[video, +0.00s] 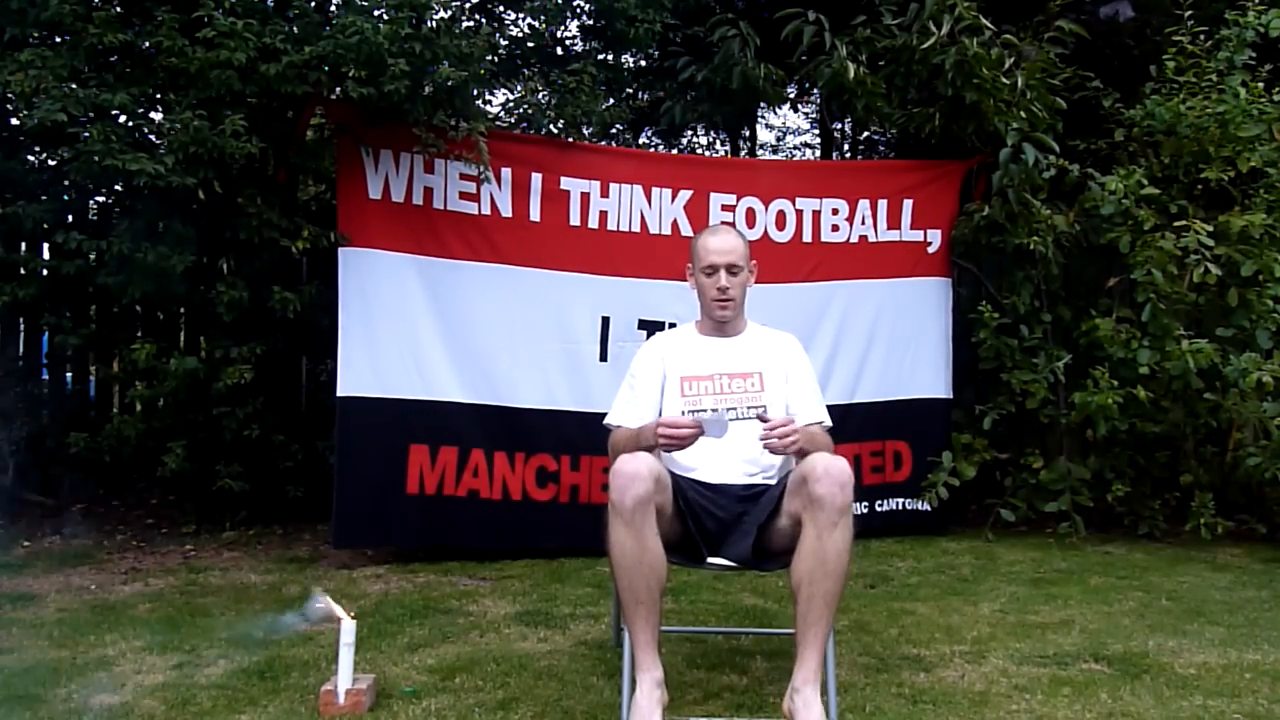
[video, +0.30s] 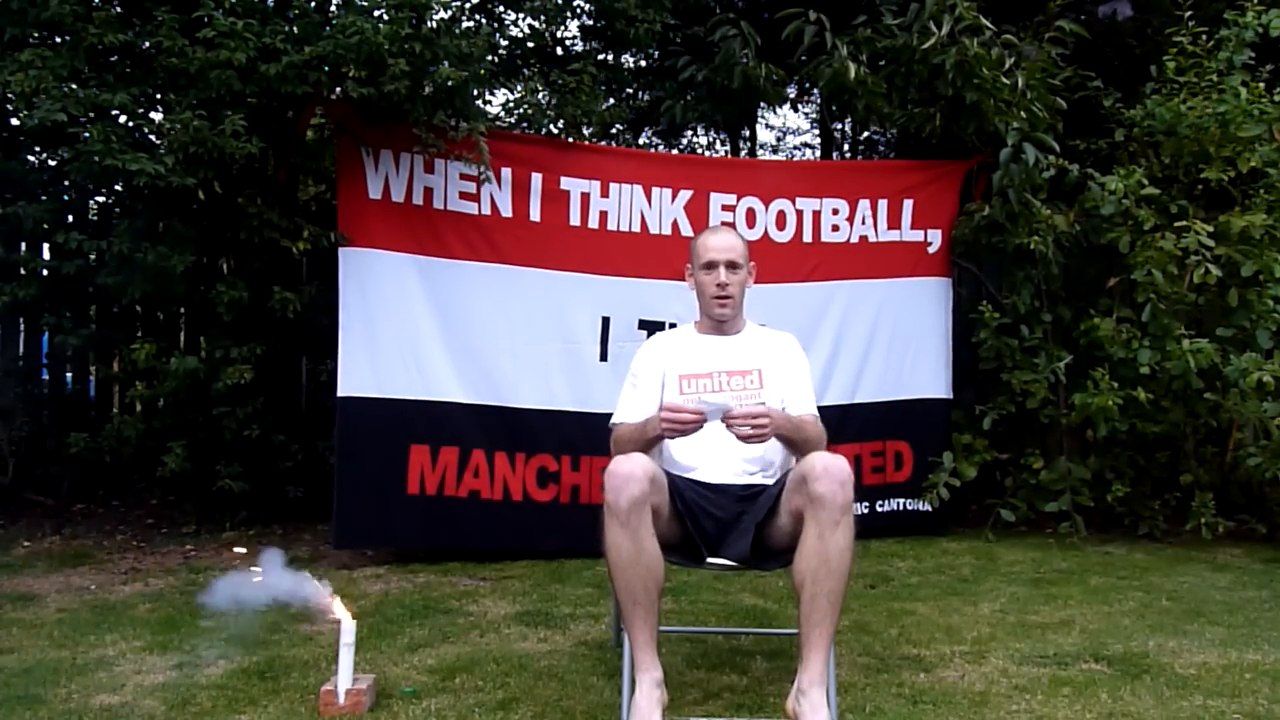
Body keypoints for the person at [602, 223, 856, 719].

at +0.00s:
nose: (722, 282)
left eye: (733, 270)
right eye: (710, 271)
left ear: (751, 275)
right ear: (692, 277)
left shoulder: (784, 349)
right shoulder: (660, 350)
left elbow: (824, 442)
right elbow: (617, 444)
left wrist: (802, 438)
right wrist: (648, 434)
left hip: (769, 502)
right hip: (682, 500)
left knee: (833, 474)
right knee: (628, 474)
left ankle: (806, 687)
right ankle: (648, 678)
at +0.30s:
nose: (722, 279)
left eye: (733, 267)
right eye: (709, 268)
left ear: (750, 276)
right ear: (691, 278)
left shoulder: (783, 348)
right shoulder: (659, 349)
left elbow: (816, 441)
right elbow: (619, 443)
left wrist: (780, 425)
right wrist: (655, 427)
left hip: (767, 505)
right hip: (679, 502)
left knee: (833, 473)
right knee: (623, 475)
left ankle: (811, 686)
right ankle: (647, 678)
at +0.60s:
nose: (717, 279)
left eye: (728, 267)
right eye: (704, 268)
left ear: (745, 275)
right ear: (686, 278)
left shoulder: (781, 344)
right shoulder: (655, 349)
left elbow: (814, 439)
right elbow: (619, 445)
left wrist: (779, 405)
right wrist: (658, 413)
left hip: (766, 505)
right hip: (676, 503)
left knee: (829, 473)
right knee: (616, 476)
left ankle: (810, 686)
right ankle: (646, 679)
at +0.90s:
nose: (717, 279)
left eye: (728, 268)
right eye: (704, 269)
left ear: (745, 276)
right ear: (686, 279)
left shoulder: (781, 346)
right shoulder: (656, 350)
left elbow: (814, 442)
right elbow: (619, 446)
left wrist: (779, 409)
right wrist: (659, 412)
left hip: (767, 505)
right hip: (676, 503)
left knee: (831, 475)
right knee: (611, 477)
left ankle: (811, 687)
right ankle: (645, 680)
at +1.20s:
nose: (721, 279)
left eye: (732, 267)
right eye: (708, 268)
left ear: (749, 275)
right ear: (690, 277)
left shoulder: (783, 346)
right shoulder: (658, 348)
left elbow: (815, 441)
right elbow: (620, 445)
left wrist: (780, 405)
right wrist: (657, 416)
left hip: (767, 505)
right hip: (677, 503)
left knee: (835, 474)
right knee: (614, 477)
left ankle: (814, 686)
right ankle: (646, 679)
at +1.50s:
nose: (720, 281)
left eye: (731, 269)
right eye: (707, 270)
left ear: (748, 276)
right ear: (689, 278)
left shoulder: (781, 347)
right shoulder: (657, 350)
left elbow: (817, 444)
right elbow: (617, 450)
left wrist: (779, 413)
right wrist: (655, 423)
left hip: (767, 504)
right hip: (677, 502)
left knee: (836, 475)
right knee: (614, 484)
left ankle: (813, 687)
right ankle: (646, 683)